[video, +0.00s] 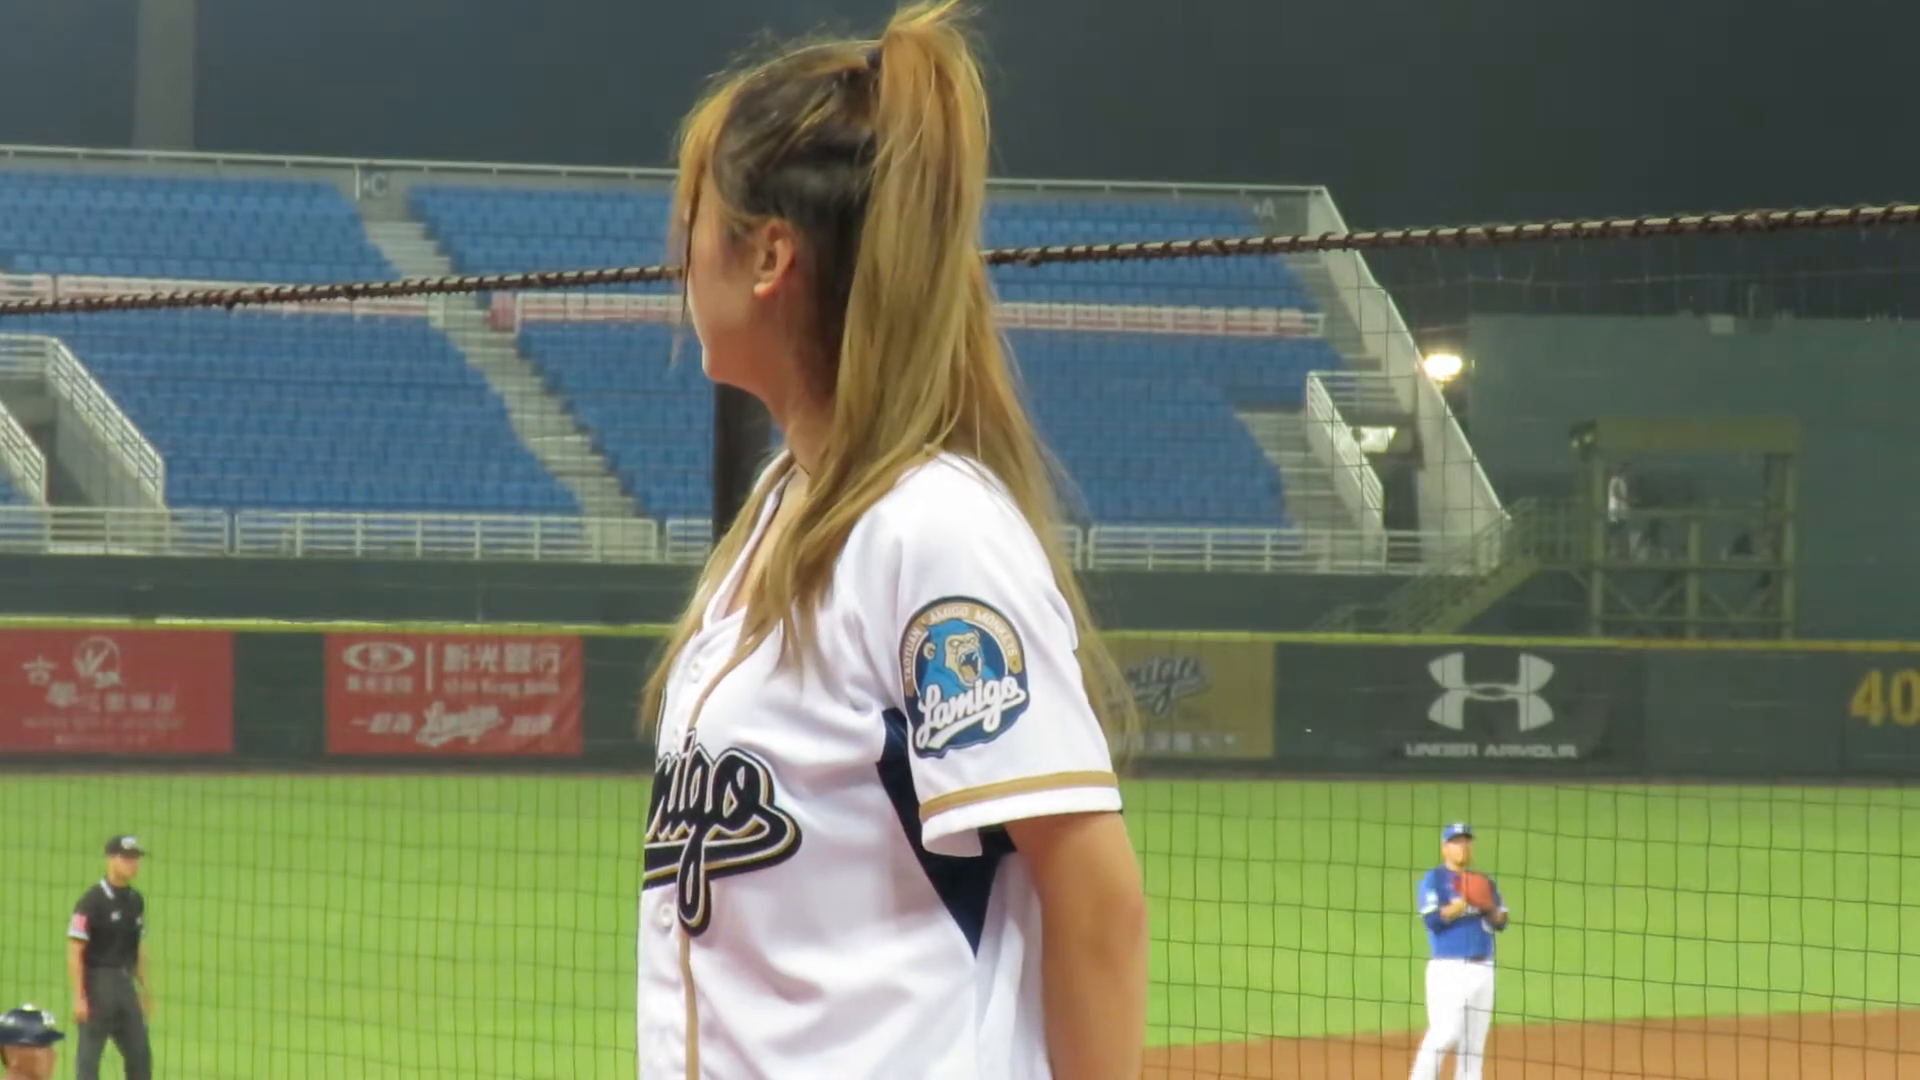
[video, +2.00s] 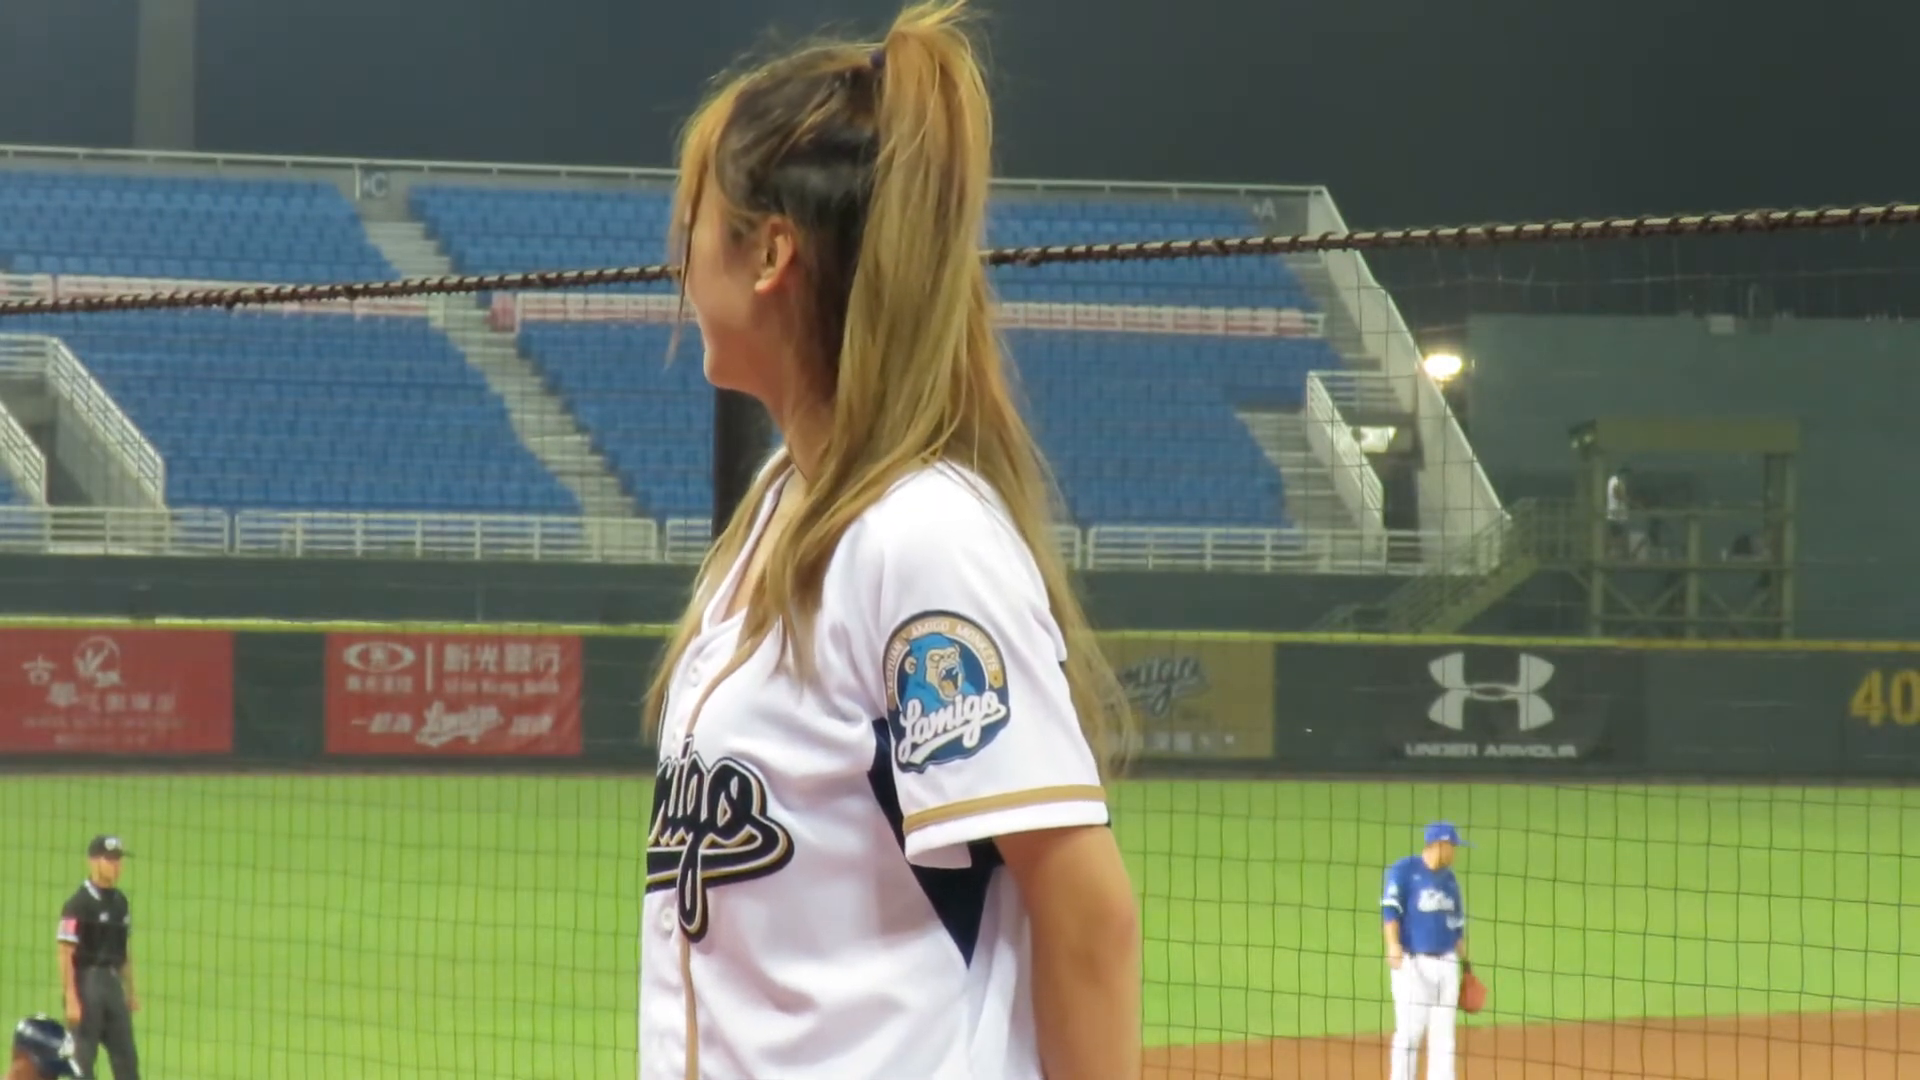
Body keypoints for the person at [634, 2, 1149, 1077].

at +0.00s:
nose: (682, 258)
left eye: (695, 224)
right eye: (689, 222)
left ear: (770, 259)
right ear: (773, 258)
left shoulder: (938, 527)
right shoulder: (780, 506)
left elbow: (1098, 897)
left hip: (883, 1055)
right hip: (718, 1051)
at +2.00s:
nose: (681, 259)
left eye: (696, 221)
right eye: (690, 219)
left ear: (771, 254)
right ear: (772, 254)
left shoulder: (927, 536)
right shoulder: (779, 503)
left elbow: (1089, 911)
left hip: (881, 1057)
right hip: (719, 1051)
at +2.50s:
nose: (686, 271)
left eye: (699, 229)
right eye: (693, 229)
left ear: (778, 253)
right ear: (774, 253)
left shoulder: (935, 536)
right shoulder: (782, 505)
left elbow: (1095, 914)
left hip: (884, 1058)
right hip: (718, 1052)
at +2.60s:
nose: (685, 265)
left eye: (698, 226)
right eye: (692, 226)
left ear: (776, 249)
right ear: (776, 250)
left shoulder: (935, 535)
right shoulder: (782, 508)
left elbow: (1096, 914)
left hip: (886, 1058)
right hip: (719, 1052)